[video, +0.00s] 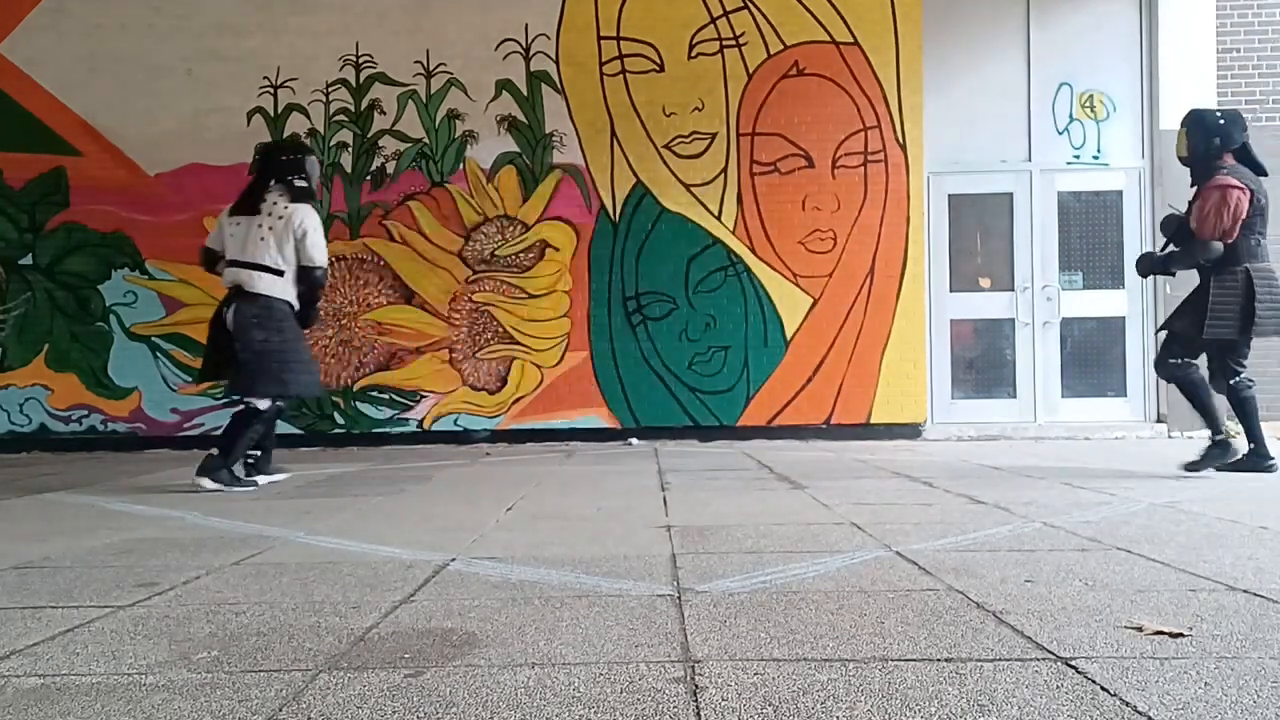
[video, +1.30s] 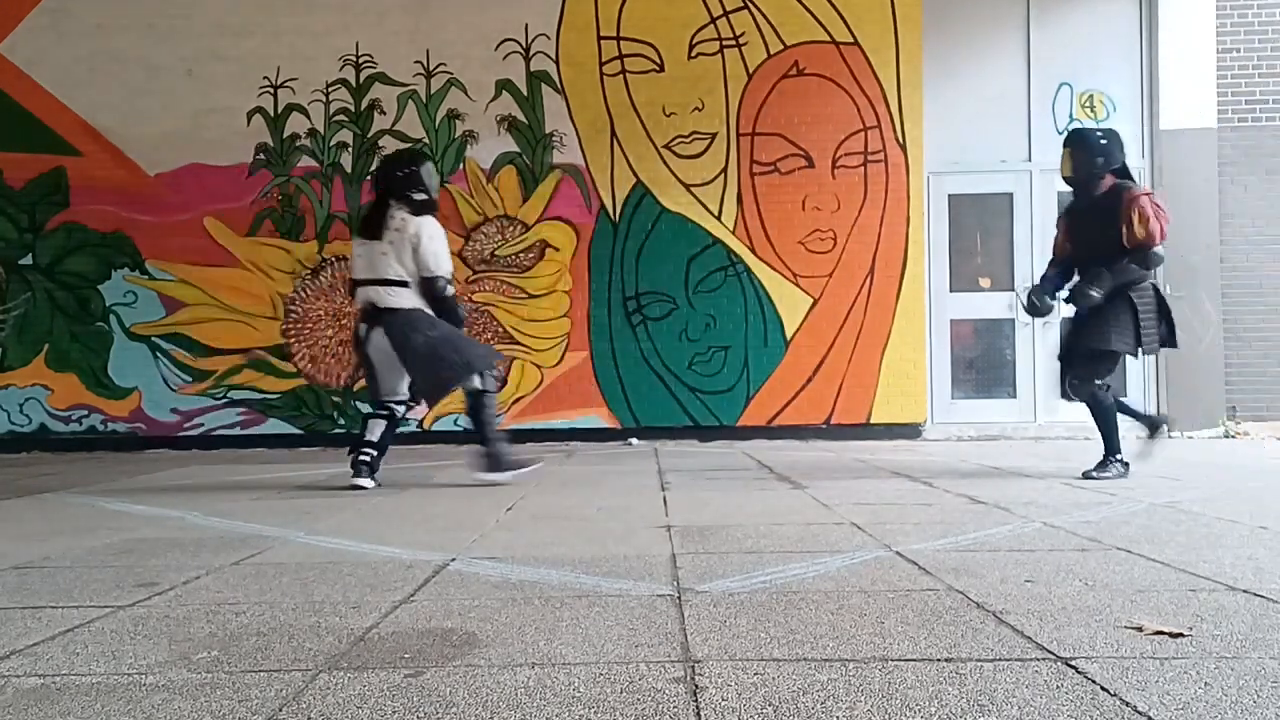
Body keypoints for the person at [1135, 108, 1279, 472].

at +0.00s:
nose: (1183, 147)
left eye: (1190, 140)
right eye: (1183, 139)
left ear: (1212, 143)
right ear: (1225, 145)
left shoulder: (1222, 185)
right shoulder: (1242, 179)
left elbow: (1208, 249)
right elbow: (1227, 239)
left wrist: (1161, 262)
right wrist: (1183, 229)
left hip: (1225, 287)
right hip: (1247, 285)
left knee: (1172, 359)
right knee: (1230, 370)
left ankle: (1220, 439)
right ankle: (1260, 452)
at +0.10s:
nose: (1176, 150)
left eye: (1183, 142)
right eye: (1176, 141)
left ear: (1207, 146)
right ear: (1216, 147)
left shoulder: (1217, 187)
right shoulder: (1228, 180)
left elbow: (1201, 249)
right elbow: (1216, 242)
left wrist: (1153, 264)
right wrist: (1171, 232)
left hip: (1218, 289)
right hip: (1237, 288)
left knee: (1169, 361)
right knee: (1224, 370)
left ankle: (1174, 449)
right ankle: (1259, 451)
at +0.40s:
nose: (1144, 159)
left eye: (1151, 151)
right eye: (1144, 150)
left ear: (1174, 155)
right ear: (1184, 157)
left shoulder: (1181, 193)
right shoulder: (1196, 190)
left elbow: (1155, 250)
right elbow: (1173, 245)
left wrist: (1115, 272)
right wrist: (1136, 244)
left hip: (1181, 298)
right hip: (1200, 296)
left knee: (1134, 374)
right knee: (1195, 383)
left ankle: (1121, 459)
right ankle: (1254, 448)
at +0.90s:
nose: (1110, 165)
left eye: (1116, 157)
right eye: (1110, 157)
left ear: (1140, 159)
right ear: (1146, 160)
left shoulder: (1155, 201)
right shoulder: (1154, 195)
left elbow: (1137, 262)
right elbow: (1139, 248)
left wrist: (1091, 278)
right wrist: (1109, 248)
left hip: (1160, 298)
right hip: (1169, 297)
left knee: (1103, 365)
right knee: (1171, 386)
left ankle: (1117, 453)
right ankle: (1222, 453)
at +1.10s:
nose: (1093, 166)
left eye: (1100, 158)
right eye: (1094, 158)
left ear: (1125, 162)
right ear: (1125, 164)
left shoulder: (1146, 206)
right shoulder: (1121, 202)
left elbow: (1132, 265)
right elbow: (1113, 259)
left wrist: (1074, 280)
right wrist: (1080, 260)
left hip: (1152, 303)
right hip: (1145, 302)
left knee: (1102, 369)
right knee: (1167, 385)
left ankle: (1114, 458)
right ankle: (1222, 452)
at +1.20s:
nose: (1081, 166)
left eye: (1088, 158)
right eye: (1081, 158)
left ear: (1113, 162)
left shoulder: (1139, 202)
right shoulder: (1100, 208)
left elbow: (1139, 265)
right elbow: (1086, 265)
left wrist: (1082, 283)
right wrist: (1047, 270)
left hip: (1137, 299)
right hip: (1120, 299)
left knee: (1090, 375)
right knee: (1140, 390)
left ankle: (1114, 459)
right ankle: (1209, 440)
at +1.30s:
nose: (1068, 167)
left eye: (1075, 159)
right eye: (1067, 159)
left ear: (1099, 160)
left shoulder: (1132, 200)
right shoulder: (1075, 211)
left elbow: (1148, 257)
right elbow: (1063, 260)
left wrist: (1102, 281)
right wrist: (1046, 288)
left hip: (1123, 299)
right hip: (1090, 302)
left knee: (1089, 378)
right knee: (1077, 383)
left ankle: (1115, 459)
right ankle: (1150, 421)